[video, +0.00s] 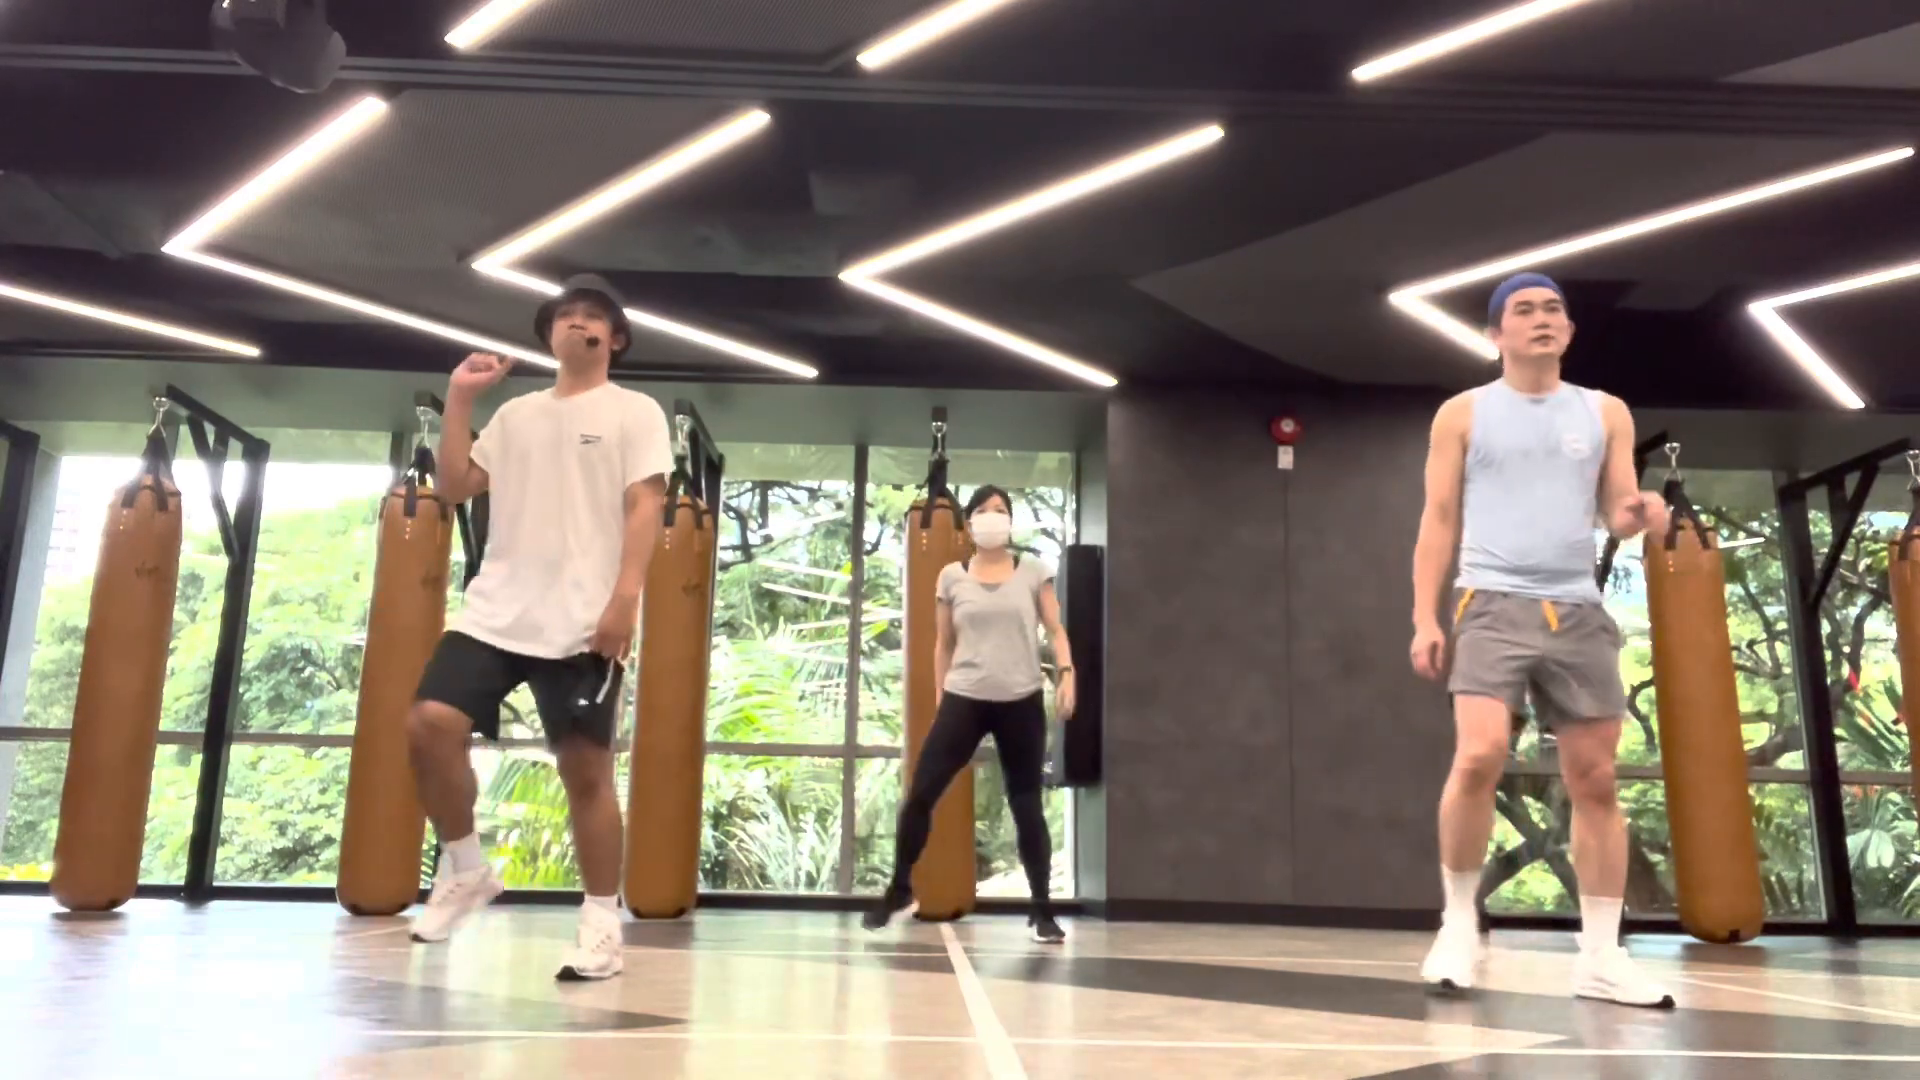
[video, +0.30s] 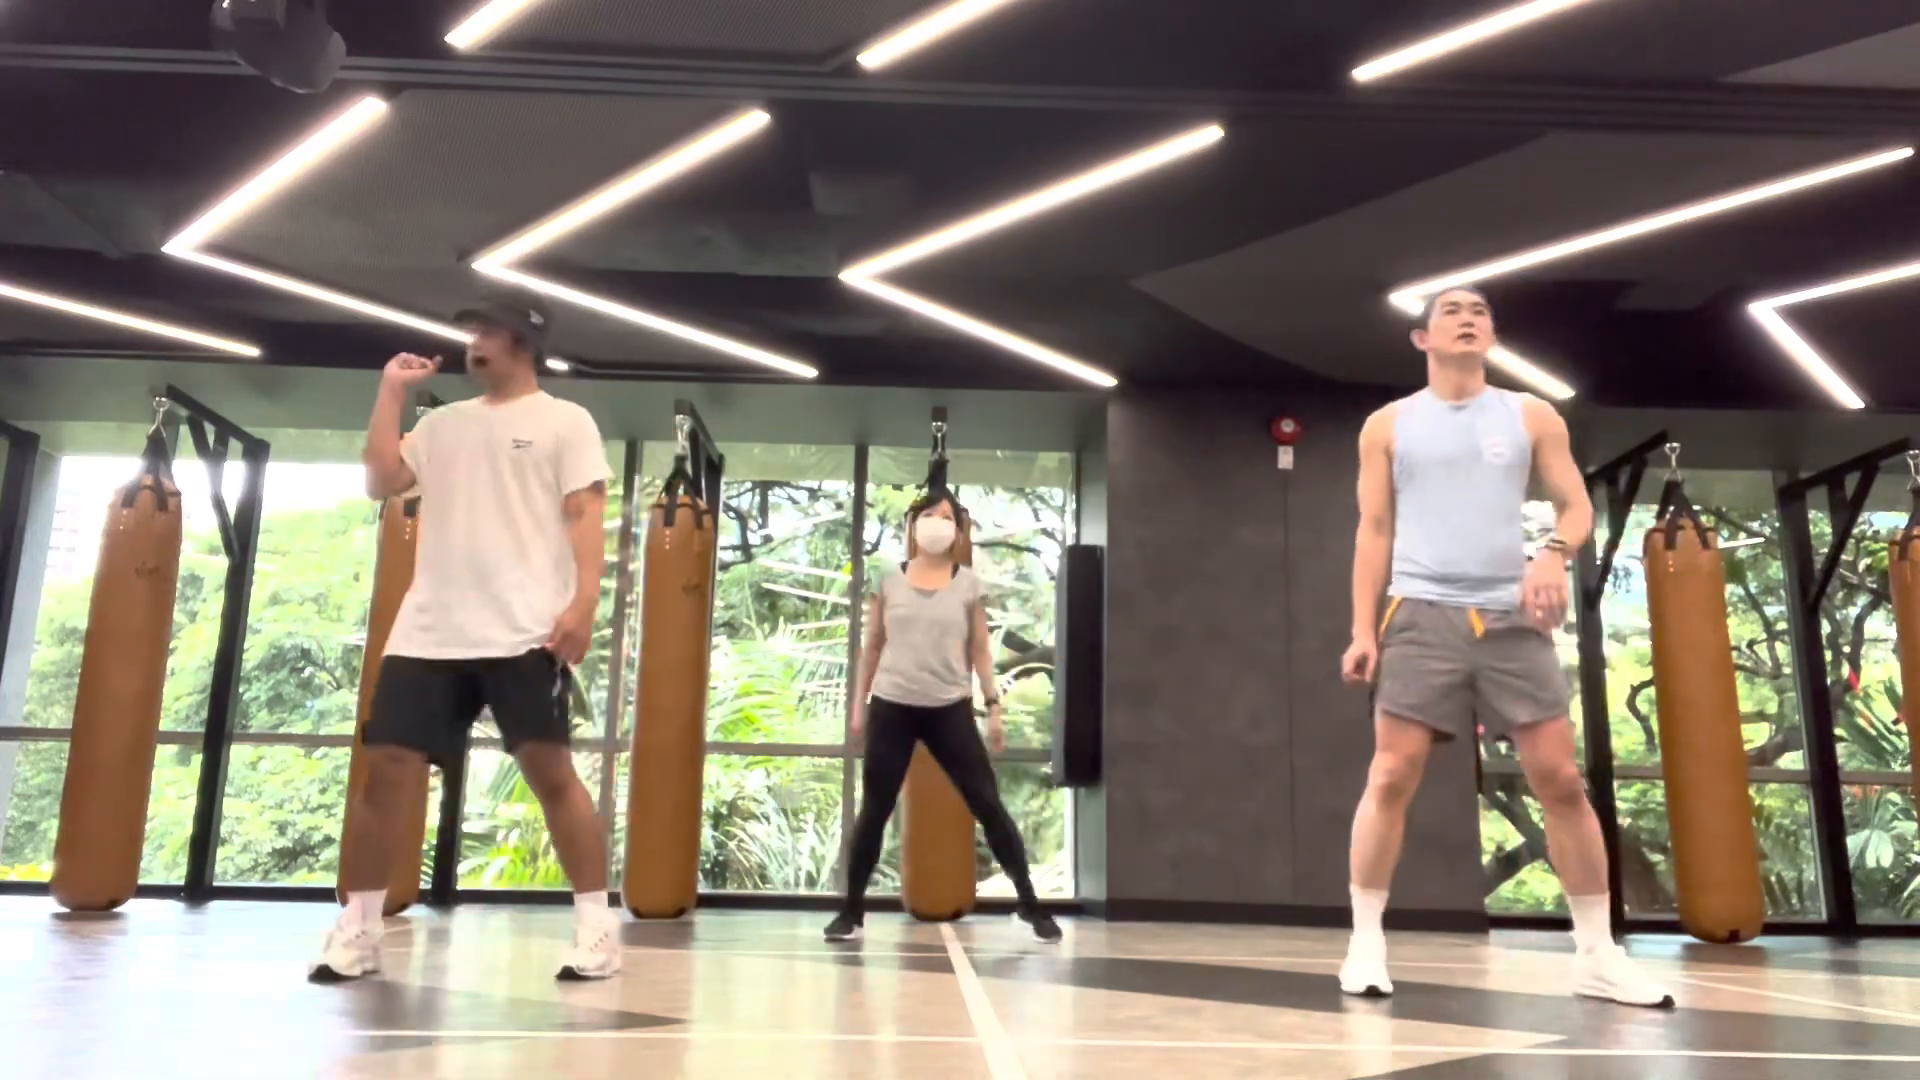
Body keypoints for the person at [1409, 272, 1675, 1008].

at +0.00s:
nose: (1541, 318)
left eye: (1552, 308)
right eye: (1524, 309)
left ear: (1570, 330)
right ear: (1497, 333)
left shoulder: (1607, 413)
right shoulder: (1461, 414)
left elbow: (1619, 516)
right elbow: (1439, 519)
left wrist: (1637, 511)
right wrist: (1427, 615)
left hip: (1581, 617)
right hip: (1489, 613)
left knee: (1595, 781)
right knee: (1479, 758)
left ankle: (1601, 958)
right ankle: (1459, 924)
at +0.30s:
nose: (1469, 320)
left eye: (1480, 314)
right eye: (1453, 313)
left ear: (1495, 340)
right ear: (1423, 339)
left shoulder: (1531, 415)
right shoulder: (1386, 424)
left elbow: (1577, 507)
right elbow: (1373, 528)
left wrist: (1552, 552)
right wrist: (1364, 626)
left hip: (1514, 622)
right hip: (1420, 623)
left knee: (1561, 782)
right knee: (1390, 777)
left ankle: (1597, 955)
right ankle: (1366, 944)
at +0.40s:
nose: (1444, 316)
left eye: (1454, 309)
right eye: (1427, 309)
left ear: (1468, 336)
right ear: (1397, 336)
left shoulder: (1504, 413)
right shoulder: (1361, 423)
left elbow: (1525, 510)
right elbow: (1343, 528)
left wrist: (1516, 572)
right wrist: (1333, 624)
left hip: (1485, 619)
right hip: (1393, 619)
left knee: (1545, 774)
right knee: (1374, 777)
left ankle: (1587, 944)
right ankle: (1363, 945)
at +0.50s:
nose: (1427, 315)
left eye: (1438, 309)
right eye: (1411, 306)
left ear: (1451, 337)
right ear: (1379, 333)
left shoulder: (1486, 415)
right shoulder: (1343, 421)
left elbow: (1492, 513)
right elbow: (1320, 525)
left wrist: (1484, 573)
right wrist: (1305, 620)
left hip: (1464, 612)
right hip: (1377, 613)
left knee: (1521, 772)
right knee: (1366, 774)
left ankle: (1541, 932)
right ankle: (1363, 943)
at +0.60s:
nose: (1418, 317)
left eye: (1429, 310)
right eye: (1402, 309)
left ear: (1442, 336)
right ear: (1370, 334)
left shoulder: (1473, 415)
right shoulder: (1335, 421)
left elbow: (1482, 511)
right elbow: (1306, 525)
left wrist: (1478, 569)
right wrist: (1284, 620)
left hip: (1454, 613)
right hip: (1368, 613)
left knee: (1479, 771)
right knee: (1362, 774)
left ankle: (1467, 921)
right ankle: (1363, 944)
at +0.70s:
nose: (1414, 325)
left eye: (1423, 317)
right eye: (1398, 315)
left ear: (1435, 337)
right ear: (1365, 336)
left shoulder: (1468, 417)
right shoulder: (1332, 423)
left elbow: (1480, 513)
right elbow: (1303, 526)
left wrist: (1479, 567)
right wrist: (1273, 619)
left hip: (1447, 612)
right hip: (1365, 610)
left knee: (1438, 780)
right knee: (1360, 776)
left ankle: (1394, 924)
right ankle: (1360, 941)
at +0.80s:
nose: (1417, 328)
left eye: (1426, 319)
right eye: (1402, 316)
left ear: (1436, 337)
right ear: (1367, 334)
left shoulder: (1466, 420)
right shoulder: (1332, 421)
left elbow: (1476, 514)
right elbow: (1306, 523)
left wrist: (1481, 573)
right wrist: (1281, 616)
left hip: (1447, 614)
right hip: (1366, 611)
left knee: (1454, 777)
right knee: (1360, 776)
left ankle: (1400, 918)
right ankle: (1360, 940)